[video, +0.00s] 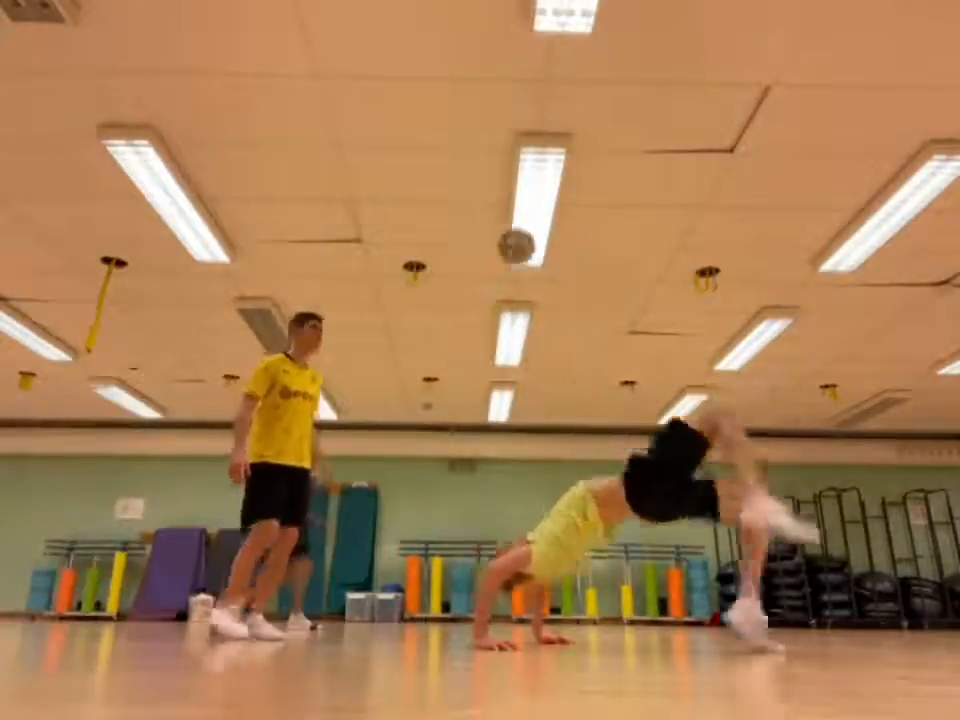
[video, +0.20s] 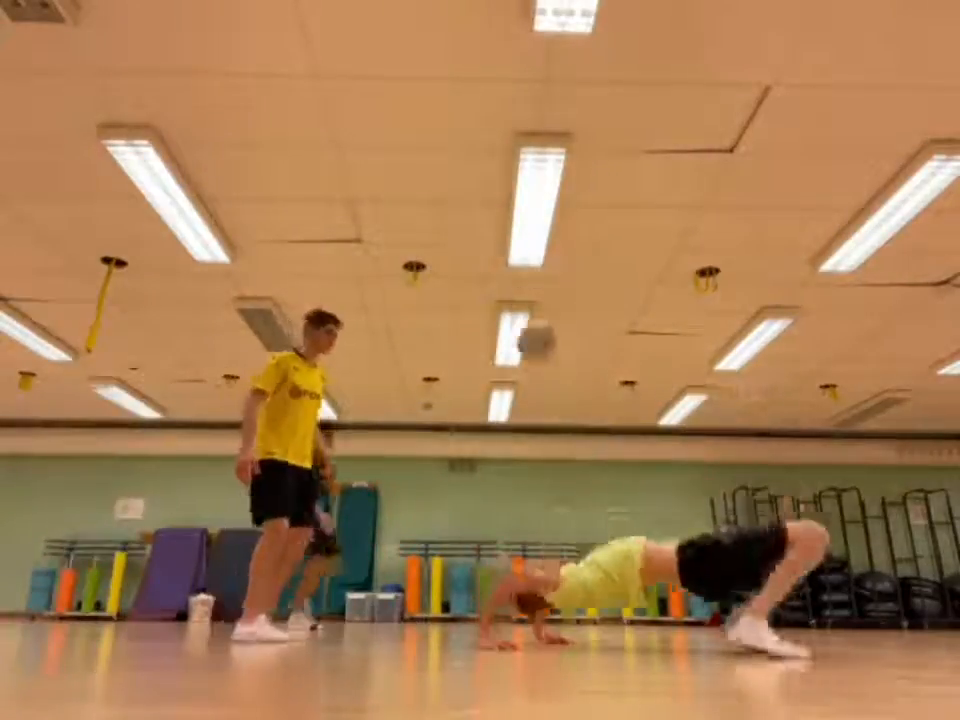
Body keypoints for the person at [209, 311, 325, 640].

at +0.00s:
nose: (319, 336)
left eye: (320, 331)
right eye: (313, 329)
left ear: (317, 339)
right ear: (295, 332)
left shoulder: (313, 378)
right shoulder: (272, 367)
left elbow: (309, 423)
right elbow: (246, 408)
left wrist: (314, 458)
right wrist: (238, 453)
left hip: (298, 463)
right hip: (267, 460)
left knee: (287, 537)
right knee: (264, 532)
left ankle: (256, 613)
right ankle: (228, 608)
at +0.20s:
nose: (332, 341)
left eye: (335, 336)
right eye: (328, 334)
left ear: (331, 340)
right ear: (310, 331)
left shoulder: (318, 375)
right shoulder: (284, 363)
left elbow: (310, 423)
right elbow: (254, 401)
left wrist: (324, 457)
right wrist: (246, 450)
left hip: (301, 464)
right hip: (275, 459)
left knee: (299, 534)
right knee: (276, 529)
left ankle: (262, 616)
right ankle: (249, 618)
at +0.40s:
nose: (345, 343)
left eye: (349, 337)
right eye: (342, 335)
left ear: (345, 338)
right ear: (325, 330)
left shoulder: (326, 372)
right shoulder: (295, 357)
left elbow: (313, 420)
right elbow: (259, 398)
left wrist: (333, 452)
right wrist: (258, 444)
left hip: (307, 461)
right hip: (283, 455)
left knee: (306, 532)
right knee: (283, 527)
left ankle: (274, 614)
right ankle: (251, 617)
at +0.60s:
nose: (357, 344)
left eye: (361, 339)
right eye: (354, 337)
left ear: (357, 341)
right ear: (337, 332)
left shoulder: (338, 375)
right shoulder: (307, 361)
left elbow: (319, 423)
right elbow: (274, 396)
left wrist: (340, 452)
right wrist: (276, 434)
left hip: (310, 464)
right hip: (286, 458)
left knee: (309, 535)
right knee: (285, 529)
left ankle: (274, 615)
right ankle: (245, 618)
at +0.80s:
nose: (359, 348)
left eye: (362, 343)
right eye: (353, 342)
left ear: (361, 349)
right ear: (336, 345)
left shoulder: (348, 387)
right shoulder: (323, 374)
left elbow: (345, 424)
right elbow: (319, 402)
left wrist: (362, 452)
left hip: (304, 465)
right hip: (286, 462)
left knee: (309, 545)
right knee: (317, 531)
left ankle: (275, 615)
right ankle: (260, 603)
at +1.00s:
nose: (376, 326)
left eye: (375, 321)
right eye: (371, 320)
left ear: (354, 321)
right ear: (358, 320)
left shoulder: (359, 350)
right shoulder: (352, 339)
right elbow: (393, 303)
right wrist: (402, 278)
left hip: (342, 449)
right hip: (329, 446)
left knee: (339, 539)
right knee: (314, 532)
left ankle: (279, 611)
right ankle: (234, 610)